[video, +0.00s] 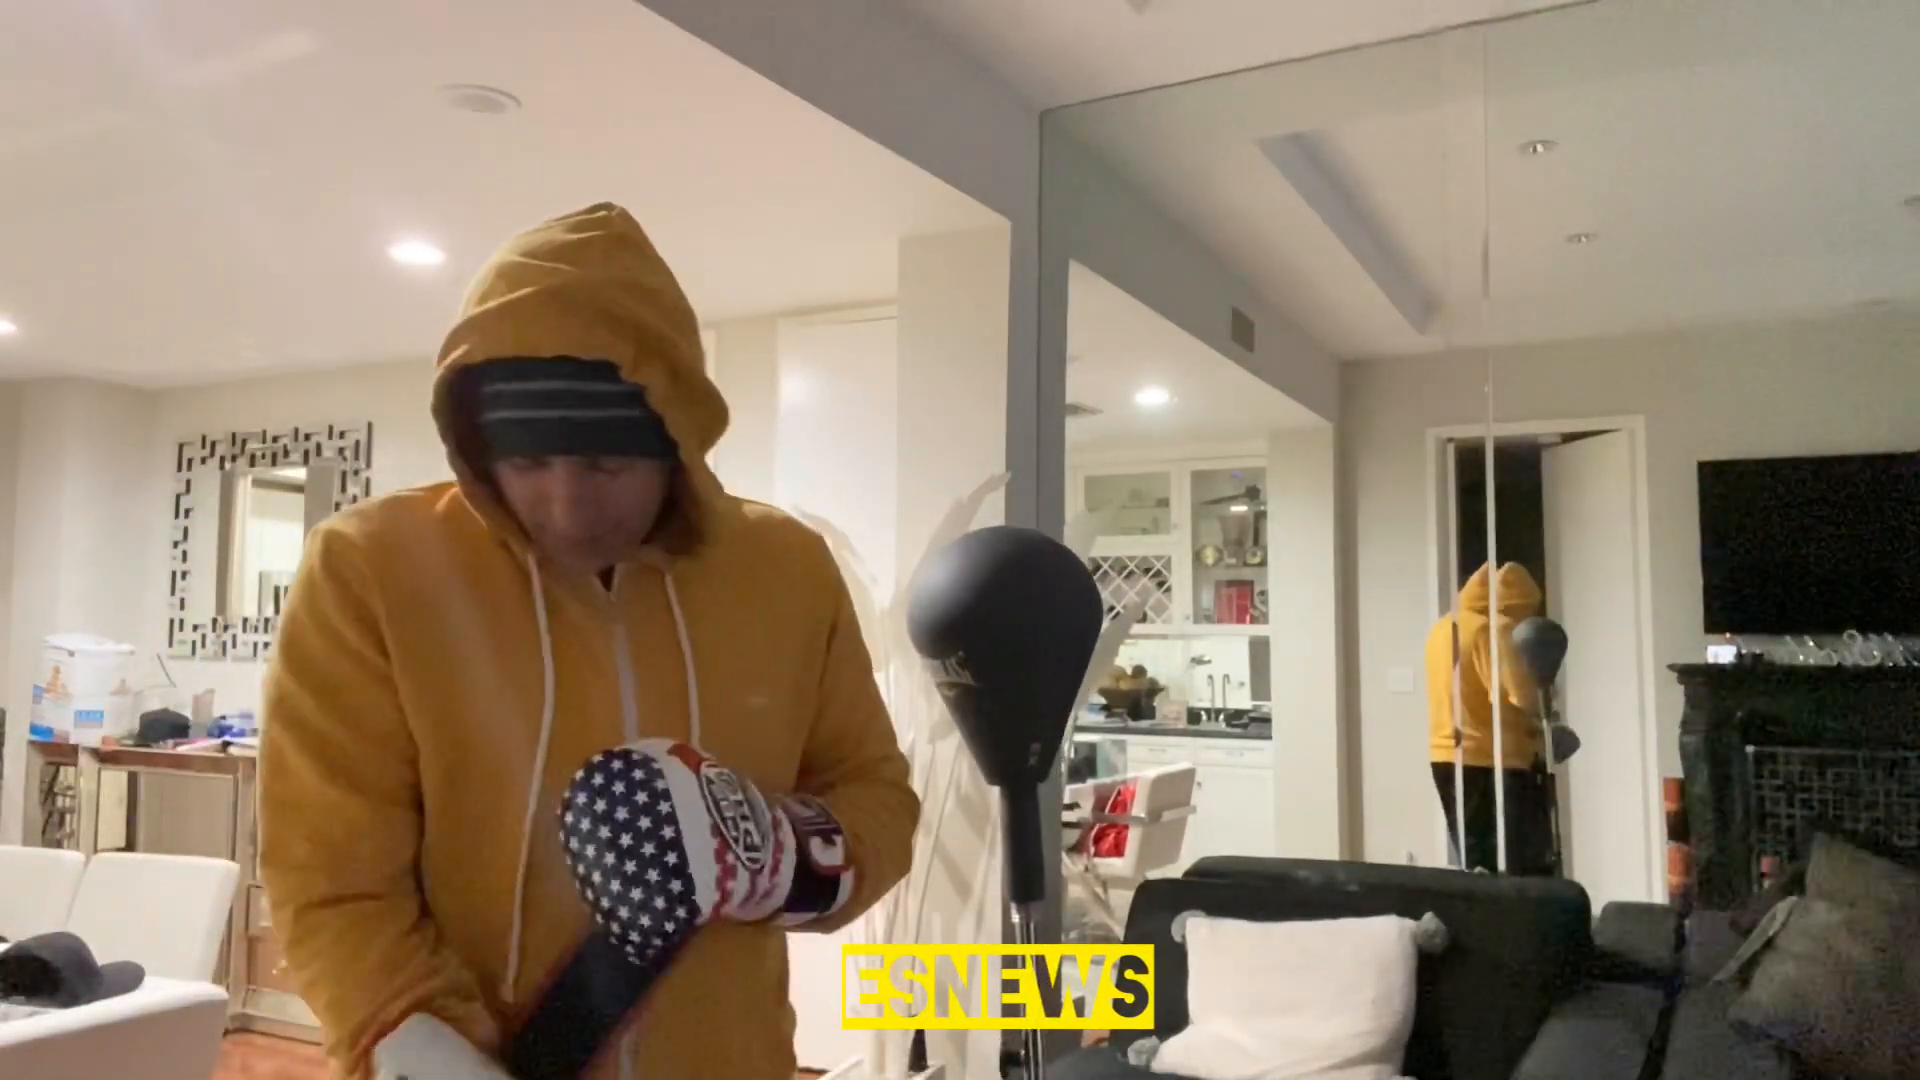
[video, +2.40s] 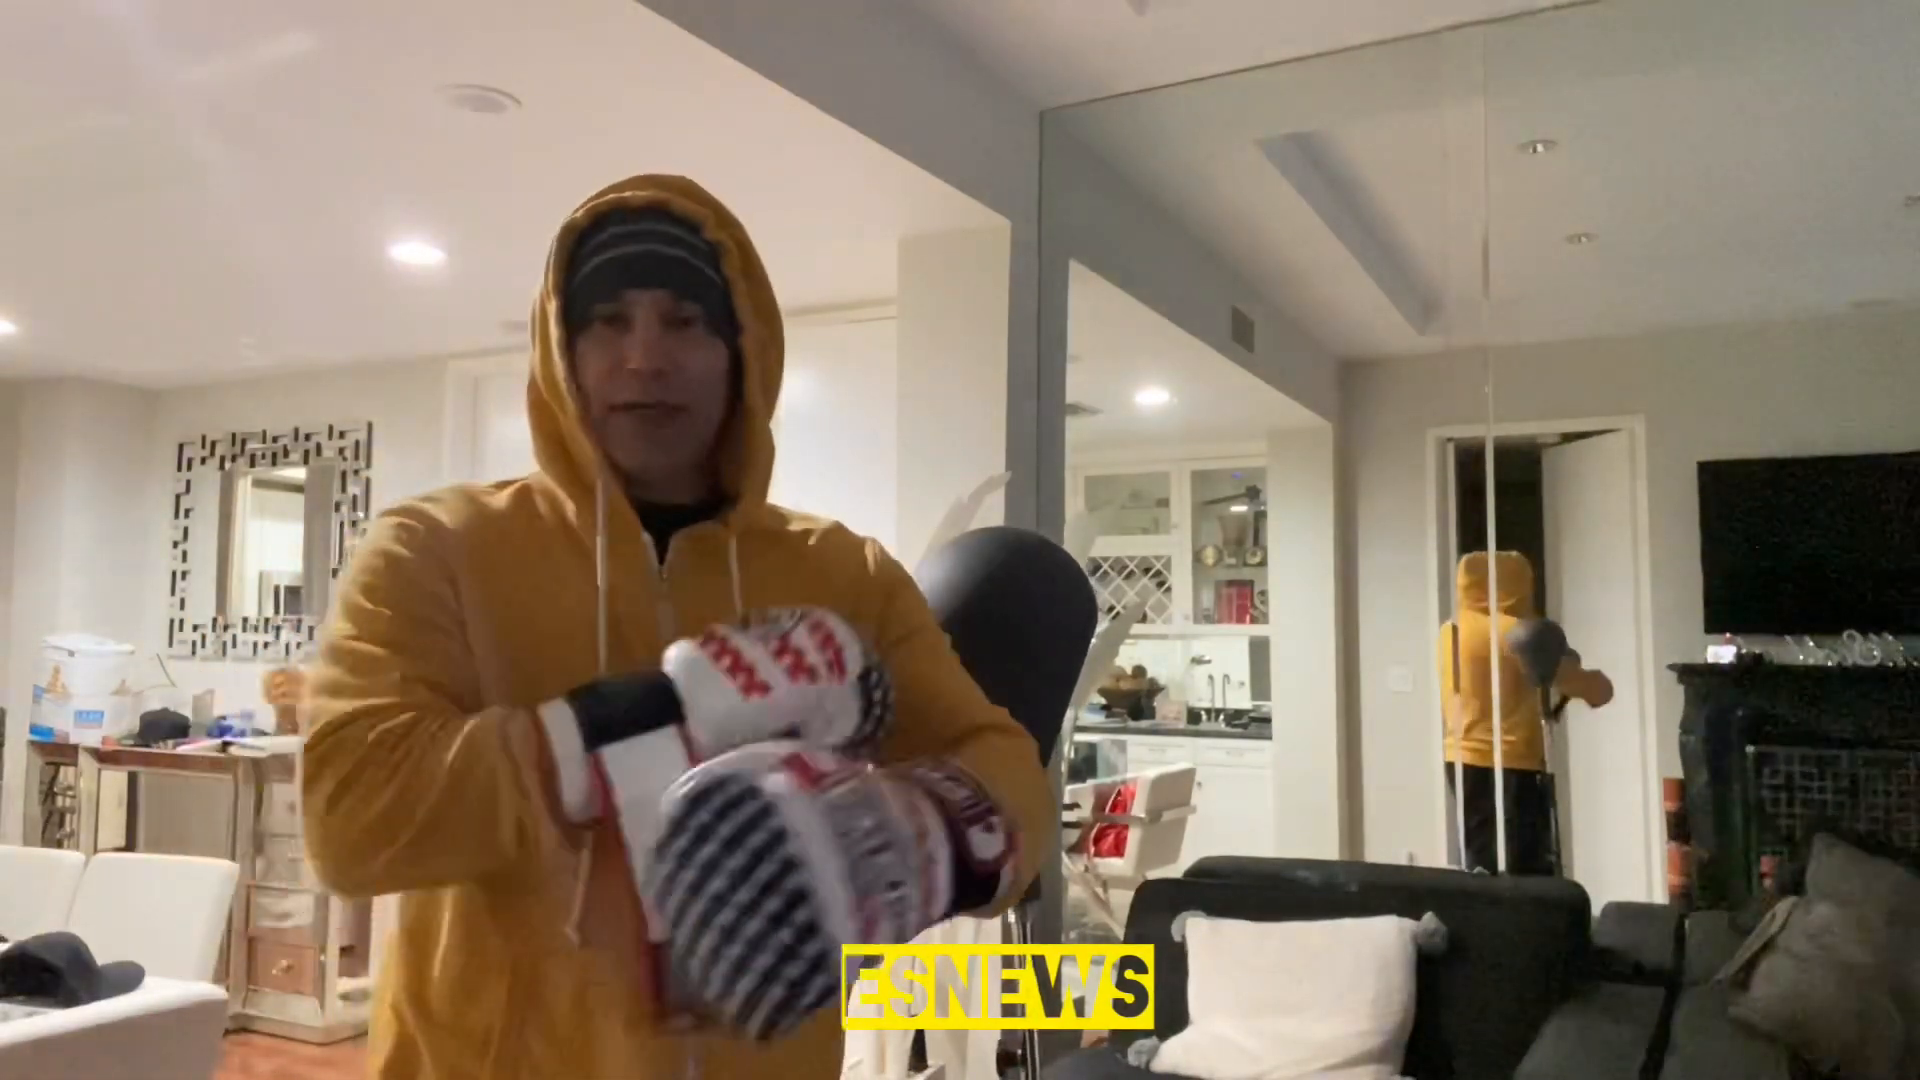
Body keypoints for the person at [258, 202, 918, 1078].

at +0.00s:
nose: (565, 510)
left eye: (607, 463)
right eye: (528, 462)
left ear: (674, 446)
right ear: (480, 449)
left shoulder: (785, 570)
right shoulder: (370, 572)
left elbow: (876, 789)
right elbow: (336, 884)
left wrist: (788, 849)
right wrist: (433, 1055)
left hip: (723, 1059)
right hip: (469, 1059)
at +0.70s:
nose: (489, 496)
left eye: (533, 438)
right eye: (444, 444)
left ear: (614, 409)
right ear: (392, 429)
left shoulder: (752, 553)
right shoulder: (282, 589)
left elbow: (878, 784)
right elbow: (215, 937)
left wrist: (847, 829)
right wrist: (298, 1061)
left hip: (695, 1059)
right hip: (417, 1058)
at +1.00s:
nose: (504, 481)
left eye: (551, 423)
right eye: (460, 427)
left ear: (627, 404)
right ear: (408, 420)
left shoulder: (759, 559)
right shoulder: (292, 581)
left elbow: (885, 814)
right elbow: (195, 896)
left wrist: (788, 822)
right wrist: (436, 1038)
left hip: (703, 1064)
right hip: (424, 1075)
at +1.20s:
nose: (523, 469)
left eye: (568, 418)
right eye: (479, 422)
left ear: (645, 407)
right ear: (429, 420)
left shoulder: (762, 556)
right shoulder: (312, 573)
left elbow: (890, 793)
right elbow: (187, 893)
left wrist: (753, 847)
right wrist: (446, 952)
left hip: (698, 1062)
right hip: (423, 1064)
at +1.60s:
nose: (551, 445)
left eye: (595, 396)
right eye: (512, 396)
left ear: (675, 396)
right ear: (472, 403)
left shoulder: (807, 562)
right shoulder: (356, 569)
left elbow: (942, 816)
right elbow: (175, 870)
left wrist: (856, 841)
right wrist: (494, 830)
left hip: (734, 1066)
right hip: (437, 1066)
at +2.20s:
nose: (640, 365)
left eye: (680, 326)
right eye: (602, 325)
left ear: (738, 353)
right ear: (553, 354)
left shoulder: (849, 581)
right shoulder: (418, 559)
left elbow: (1006, 812)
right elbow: (273, 850)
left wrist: (950, 824)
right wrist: (587, 791)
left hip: (764, 1064)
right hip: (474, 1063)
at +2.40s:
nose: (646, 357)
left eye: (686, 321)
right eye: (609, 321)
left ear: (740, 357)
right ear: (562, 356)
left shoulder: (848, 579)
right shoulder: (437, 553)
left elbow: (1003, 772)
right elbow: (356, 814)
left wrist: (903, 835)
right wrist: (671, 711)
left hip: (768, 1057)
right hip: (488, 1052)